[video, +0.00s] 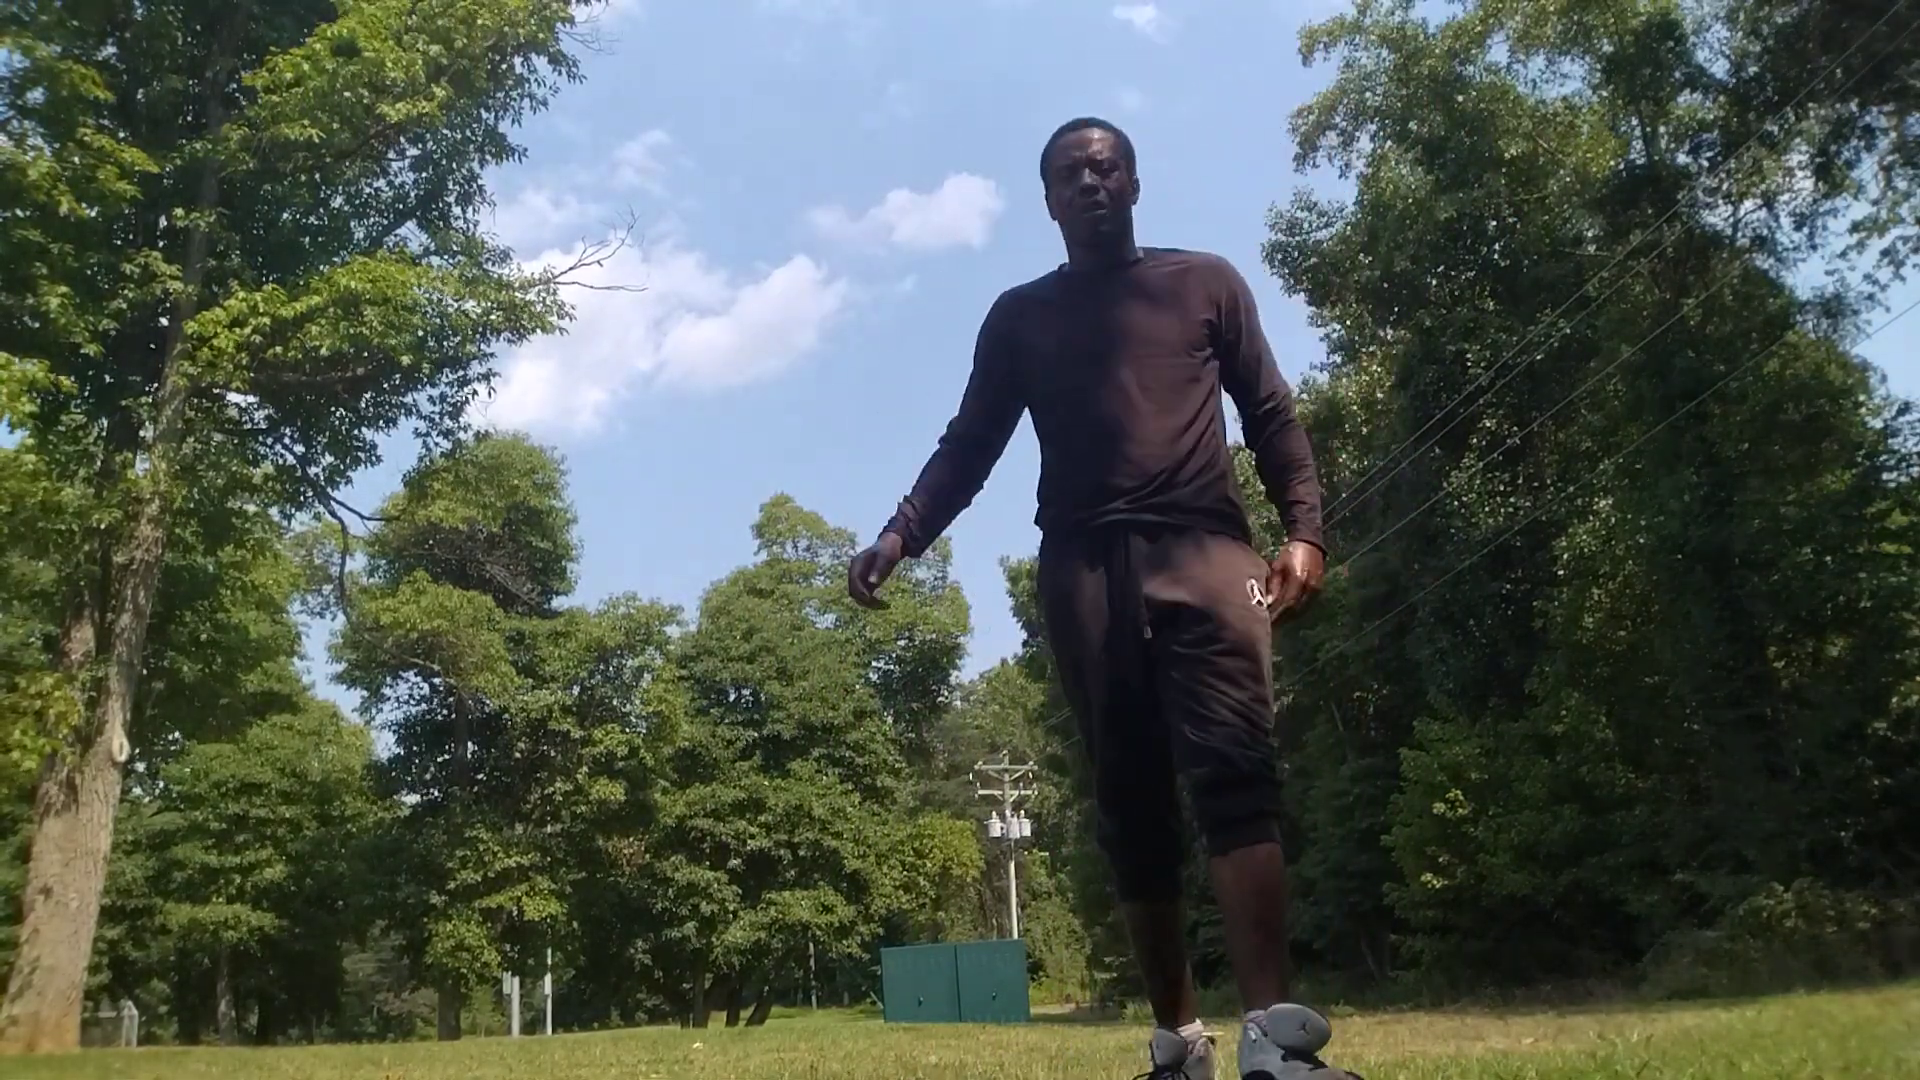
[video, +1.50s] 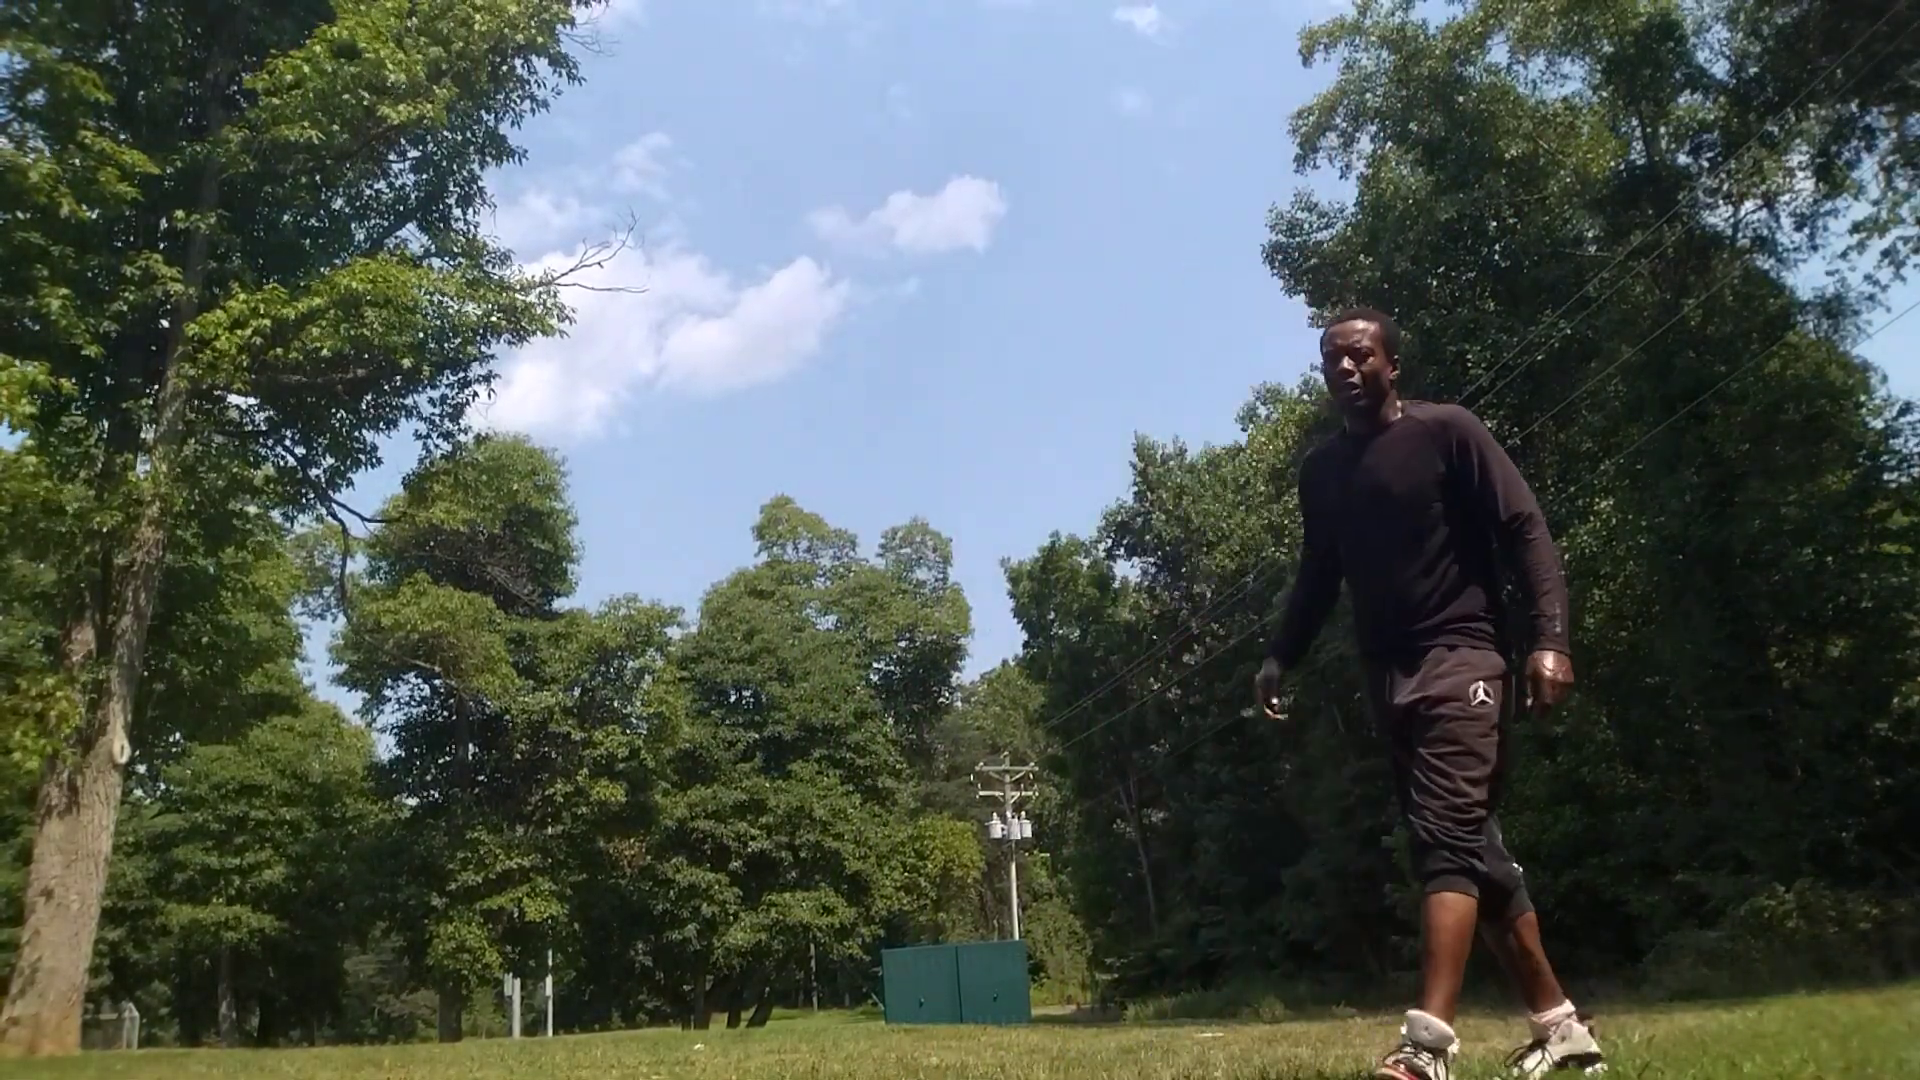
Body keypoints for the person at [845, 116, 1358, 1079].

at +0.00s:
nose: (1091, 179)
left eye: (1106, 164)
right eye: (1070, 170)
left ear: (1136, 185)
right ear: (1047, 200)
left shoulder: (1207, 282)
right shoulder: (1020, 316)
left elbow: (1272, 413)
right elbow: (970, 444)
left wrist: (1304, 529)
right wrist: (896, 540)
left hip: (1204, 542)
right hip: (1084, 562)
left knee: (1237, 769)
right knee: (1130, 793)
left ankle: (1271, 1032)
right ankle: (1178, 1036)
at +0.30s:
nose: (1079, 220)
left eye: (1096, 205)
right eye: (1065, 212)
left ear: (1137, 222)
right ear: (1055, 239)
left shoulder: (1209, 295)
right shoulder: (1052, 359)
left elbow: (1292, 409)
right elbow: (1035, 496)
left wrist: (1336, 530)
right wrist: (978, 611)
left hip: (1226, 567)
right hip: (1115, 586)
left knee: (1253, 776)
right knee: (1146, 805)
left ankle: (1311, 1006)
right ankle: (1180, 1037)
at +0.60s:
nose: (1157, 262)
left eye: (1174, 248)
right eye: (1145, 253)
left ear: (1214, 265)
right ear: (1136, 276)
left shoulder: (1277, 337)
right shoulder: (1134, 388)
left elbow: (1358, 441)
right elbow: (1149, 516)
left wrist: (1362, 526)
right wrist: (1138, 631)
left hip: (1283, 607)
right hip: (1177, 618)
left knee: (1334, 820)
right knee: (1186, 818)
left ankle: (1393, 1029)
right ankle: (1184, 1038)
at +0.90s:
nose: (1253, 298)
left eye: (1267, 283)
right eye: (1239, 287)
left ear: (1301, 292)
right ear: (1224, 304)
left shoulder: (1362, 372)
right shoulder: (1210, 406)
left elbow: (1435, 485)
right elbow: (1197, 520)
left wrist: (1450, 601)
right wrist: (1162, 610)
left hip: (1363, 619)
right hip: (1261, 628)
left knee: (1386, 821)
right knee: (1243, 809)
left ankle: (1400, 1042)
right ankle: (1268, 1029)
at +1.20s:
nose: (1314, 322)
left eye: (1328, 308)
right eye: (1300, 311)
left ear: (1359, 318)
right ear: (1285, 327)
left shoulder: (1419, 402)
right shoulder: (1263, 431)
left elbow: (1490, 513)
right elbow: (1234, 538)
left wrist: (1548, 628)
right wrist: (1188, 625)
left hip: (1409, 633)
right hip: (1321, 646)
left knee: (1407, 837)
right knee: (1356, 840)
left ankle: (1406, 1047)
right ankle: (1493, 985)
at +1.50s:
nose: (1347, 367)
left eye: (1361, 354)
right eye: (1334, 357)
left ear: (1393, 365)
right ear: (1323, 373)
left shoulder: (1449, 430)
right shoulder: (1323, 467)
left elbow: (1527, 527)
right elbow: (1319, 569)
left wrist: (1551, 636)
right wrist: (1280, 653)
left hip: (1461, 657)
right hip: (1392, 672)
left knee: (1446, 832)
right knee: (1465, 840)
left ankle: (1428, 1038)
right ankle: (1560, 1025)